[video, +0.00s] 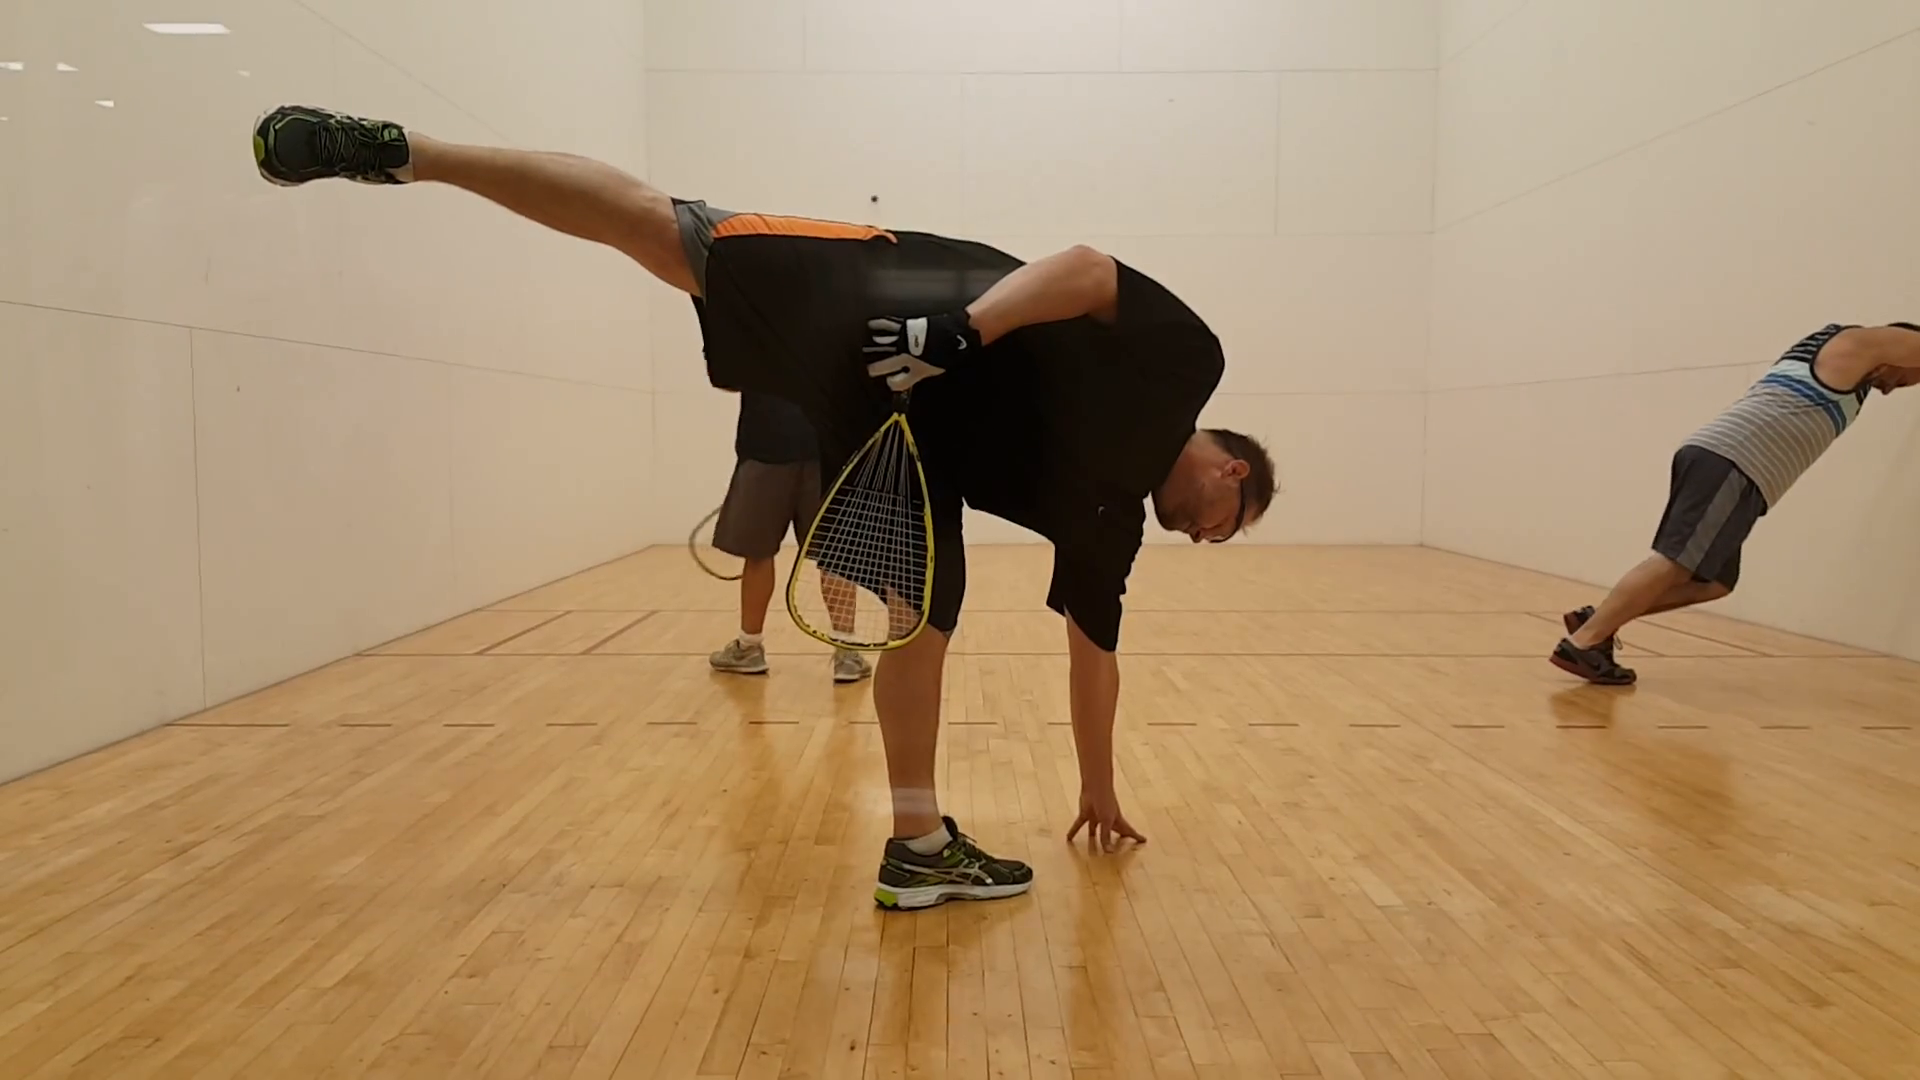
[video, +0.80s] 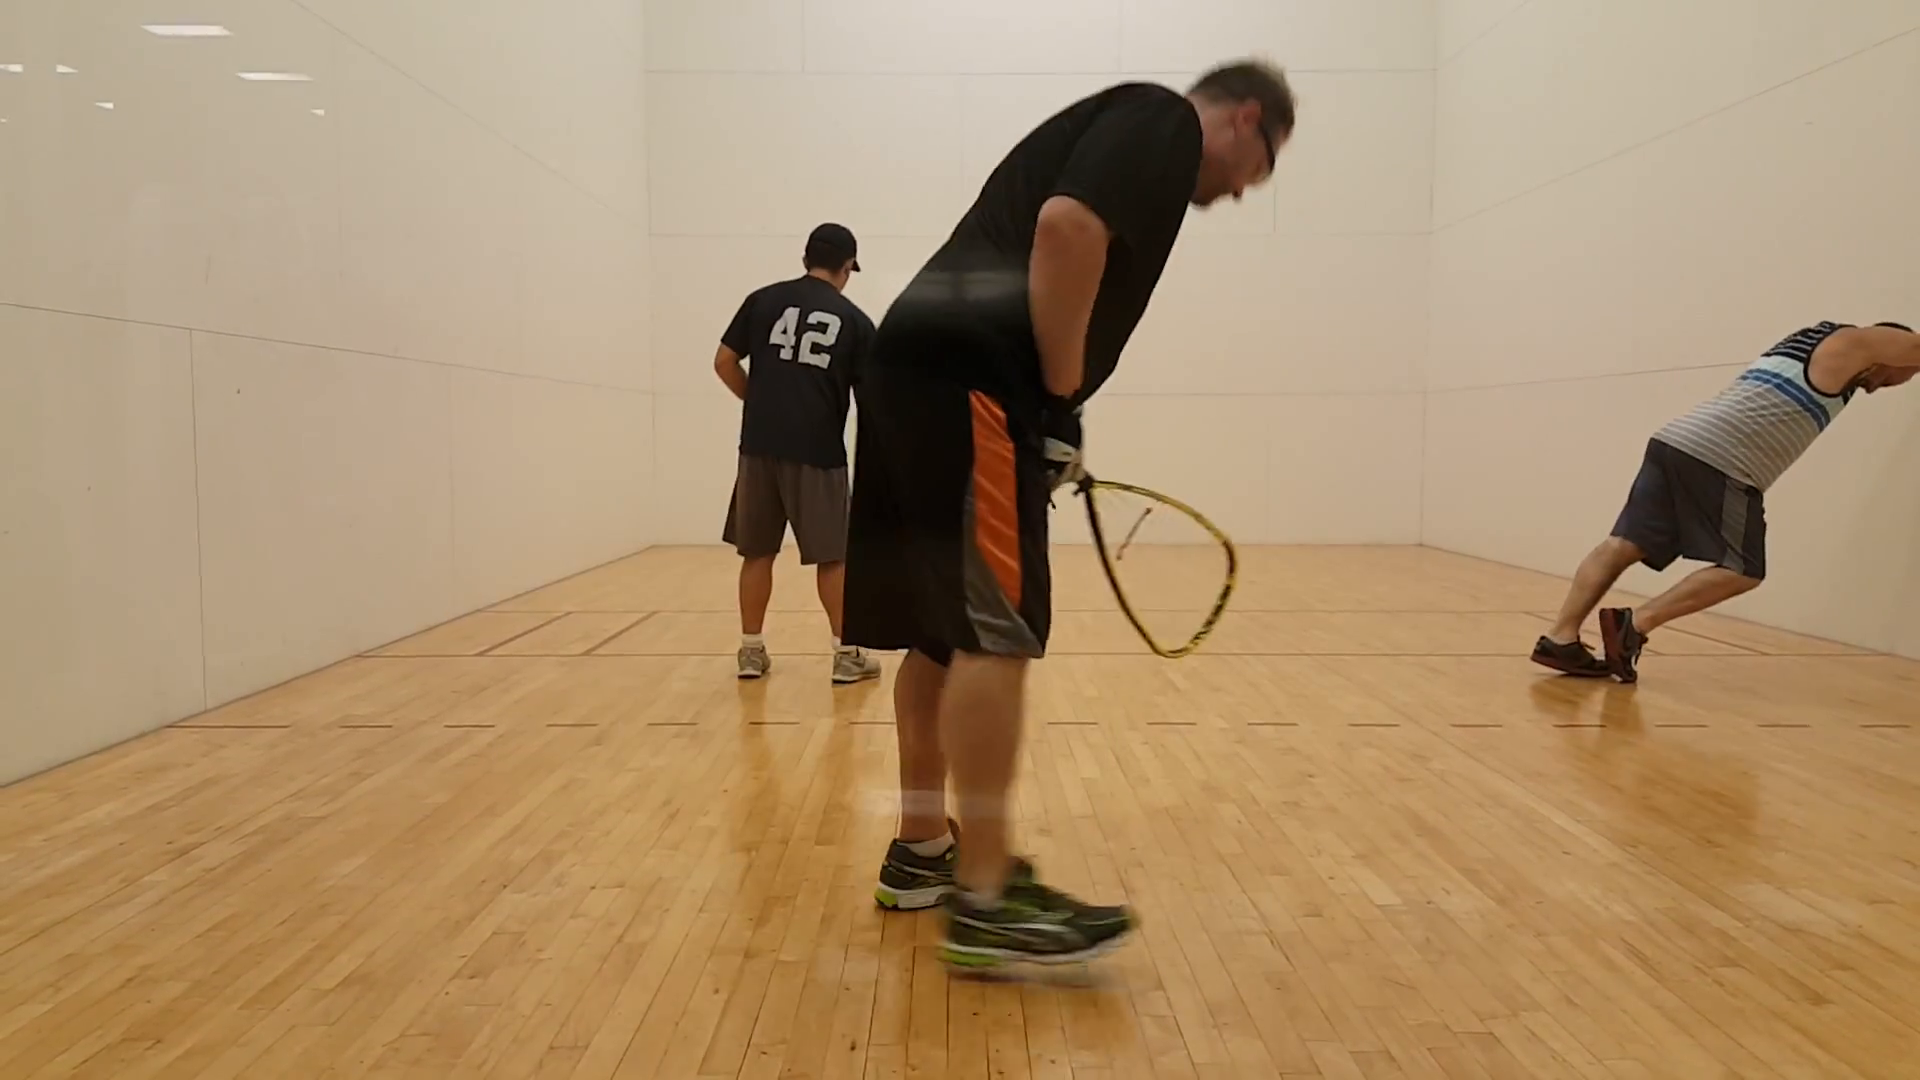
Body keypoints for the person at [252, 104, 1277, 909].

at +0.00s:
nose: (1210, 512)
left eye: (1219, 523)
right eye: (1227, 494)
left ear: (1200, 514)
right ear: (1223, 441)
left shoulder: (1103, 529)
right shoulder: (1184, 355)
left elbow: (1091, 659)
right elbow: (1084, 268)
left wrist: (1103, 798)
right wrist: (956, 333)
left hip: (874, 398)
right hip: (887, 295)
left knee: (922, 611)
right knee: (669, 234)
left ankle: (913, 840)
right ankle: (398, 155)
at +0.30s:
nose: (1229, 465)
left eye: (1241, 465)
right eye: (1244, 445)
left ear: (1220, 441)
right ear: (1235, 392)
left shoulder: (1106, 474)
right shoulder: (1185, 314)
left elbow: (1064, 600)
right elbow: (1080, 269)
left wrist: (1043, 730)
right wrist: (963, 375)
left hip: (920, 431)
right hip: (906, 333)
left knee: (942, 604)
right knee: (686, 341)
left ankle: (917, 845)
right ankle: (431, 251)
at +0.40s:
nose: (1239, 427)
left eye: (1251, 421)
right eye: (1254, 408)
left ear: (1232, 389)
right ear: (1241, 356)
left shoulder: (1117, 437)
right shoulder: (1186, 288)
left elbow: (1029, 540)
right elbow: (1076, 268)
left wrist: (986, 655)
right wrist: (971, 391)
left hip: (934, 447)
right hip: (899, 346)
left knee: (957, 625)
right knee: (730, 462)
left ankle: (920, 851)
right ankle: (498, 352)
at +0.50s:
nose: (1238, 386)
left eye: (1251, 381)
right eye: (1252, 364)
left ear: (1240, 337)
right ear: (1243, 309)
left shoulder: (1127, 389)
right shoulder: (1183, 254)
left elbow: (1016, 476)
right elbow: (1071, 265)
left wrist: (955, 599)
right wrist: (986, 404)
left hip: (968, 433)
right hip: (915, 356)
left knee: (943, 621)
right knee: (809, 571)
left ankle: (922, 848)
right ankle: (581, 480)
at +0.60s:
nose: (1245, 330)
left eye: (1257, 323)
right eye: (1258, 309)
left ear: (1243, 269)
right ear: (1247, 259)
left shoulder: (1140, 301)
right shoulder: (1177, 212)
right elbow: (1065, 249)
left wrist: (1000, 464)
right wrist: (1012, 412)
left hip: (963, 401)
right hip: (921, 361)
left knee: (955, 622)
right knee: (904, 605)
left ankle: (922, 846)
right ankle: (664, 645)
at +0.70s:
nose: (1250, 259)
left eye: (1265, 249)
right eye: (1264, 236)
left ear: (1240, 197)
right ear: (1248, 192)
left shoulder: (1146, 236)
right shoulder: (1168, 165)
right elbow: (1058, 238)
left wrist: (1027, 431)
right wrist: (1037, 407)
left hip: (933, 371)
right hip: (943, 368)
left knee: (951, 617)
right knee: (972, 611)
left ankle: (923, 844)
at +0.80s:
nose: (1249, 185)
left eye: (1263, 173)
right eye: (1261, 161)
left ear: (1228, 112)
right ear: (1239, 118)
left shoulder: (1122, 123)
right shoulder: (1164, 121)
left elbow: (1024, 243)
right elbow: (1068, 226)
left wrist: (1055, 417)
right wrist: (1062, 396)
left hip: (922, 361)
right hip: (975, 370)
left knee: (945, 626)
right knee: (999, 631)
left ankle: (922, 848)